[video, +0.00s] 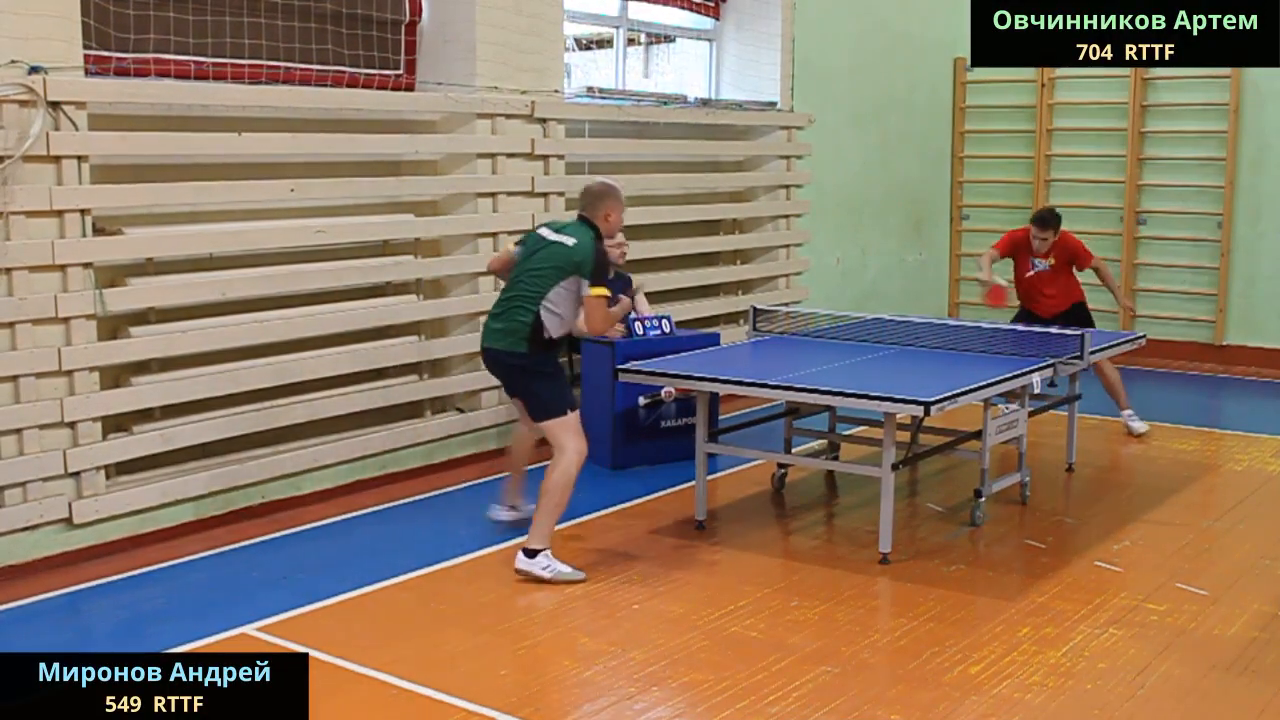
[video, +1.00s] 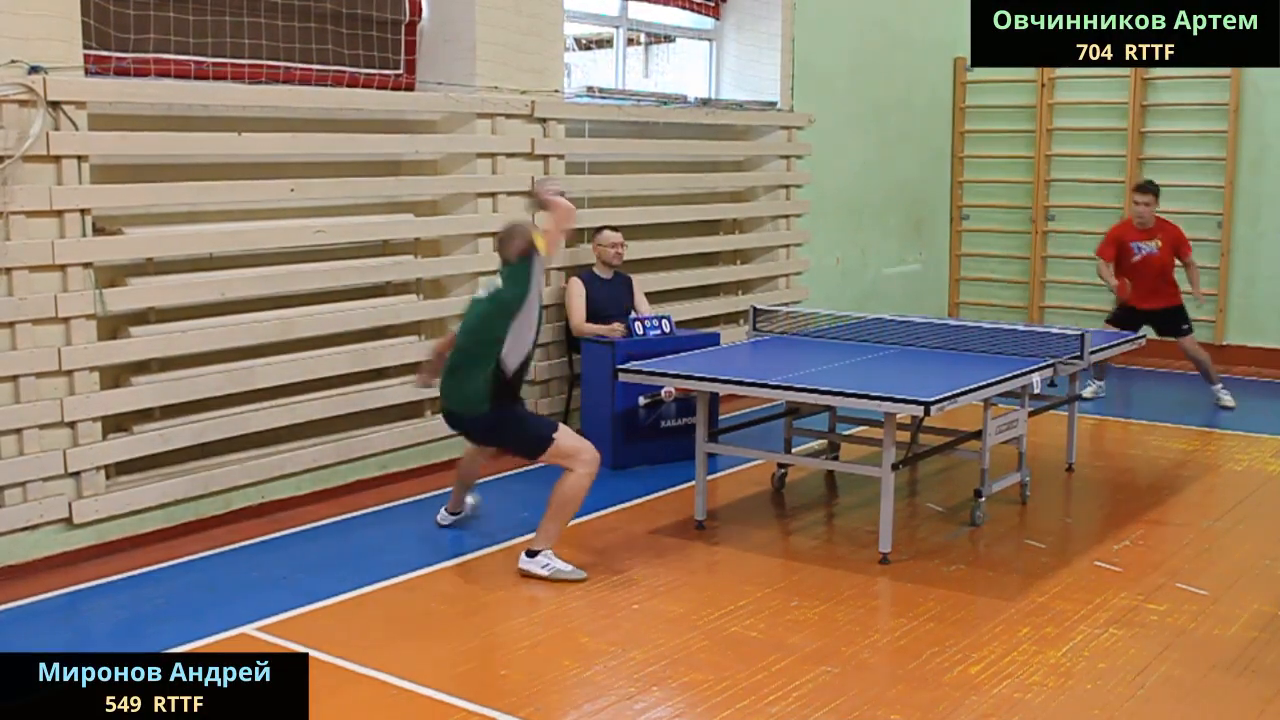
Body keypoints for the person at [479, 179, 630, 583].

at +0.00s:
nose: (620, 223)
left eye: (621, 217)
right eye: (620, 217)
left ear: (582, 211)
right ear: (608, 215)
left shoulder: (548, 229)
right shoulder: (594, 248)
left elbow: (498, 264)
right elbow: (596, 324)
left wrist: (536, 276)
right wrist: (621, 306)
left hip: (496, 343)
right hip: (527, 349)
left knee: (531, 422)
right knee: (572, 448)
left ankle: (510, 503)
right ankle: (535, 551)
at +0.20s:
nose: (594, 228)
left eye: (594, 221)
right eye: (592, 221)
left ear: (557, 218)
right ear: (578, 222)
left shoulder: (526, 239)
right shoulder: (561, 263)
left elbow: (490, 273)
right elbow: (572, 335)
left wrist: (537, 291)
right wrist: (606, 313)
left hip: (476, 359)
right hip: (511, 366)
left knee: (480, 439)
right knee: (564, 455)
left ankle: (438, 516)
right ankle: (531, 558)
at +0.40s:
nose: (581, 252)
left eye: (582, 244)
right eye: (579, 244)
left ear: (550, 242)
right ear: (562, 247)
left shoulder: (528, 255)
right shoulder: (532, 285)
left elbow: (541, 292)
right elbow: (516, 369)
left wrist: (586, 299)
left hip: (469, 361)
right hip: (478, 369)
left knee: (497, 432)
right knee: (548, 444)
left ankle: (445, 501)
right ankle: (531, 549)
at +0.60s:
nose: (579, 305)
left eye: (578, 298)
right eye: (573, 300)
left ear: (553, 305)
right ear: (550, 306)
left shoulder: (558, 321)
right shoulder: (503, 339)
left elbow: (591, 331)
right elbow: (457, 402)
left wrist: (630, 342)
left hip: (503, 396)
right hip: (474, 401)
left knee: (517, 463)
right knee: (549, 445)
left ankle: (443, 509)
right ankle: (533, 553)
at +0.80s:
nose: (562, 294)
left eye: (561, 286)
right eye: (554, 287)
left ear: (529, 293)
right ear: (528, 293)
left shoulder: (533, 318)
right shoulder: (509, 336)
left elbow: (552, 336)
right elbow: (499, 415)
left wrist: (587, 332)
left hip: (503, 407)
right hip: (482, 417)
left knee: (535, 458)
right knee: (570, 453)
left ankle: (463, 512)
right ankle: (537, 552)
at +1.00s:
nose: (546, 242)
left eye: (542, 239)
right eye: (540, 238)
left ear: (503, 256)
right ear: (532, 250)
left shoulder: (489, 294)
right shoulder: (525, 285)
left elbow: (457, 338)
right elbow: (564, 218)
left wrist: (434, 362)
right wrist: (547, 196)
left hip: (458, 411)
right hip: (492, 415)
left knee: (485, 445)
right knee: (585, 458)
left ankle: (455, 507)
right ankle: (539, 552)